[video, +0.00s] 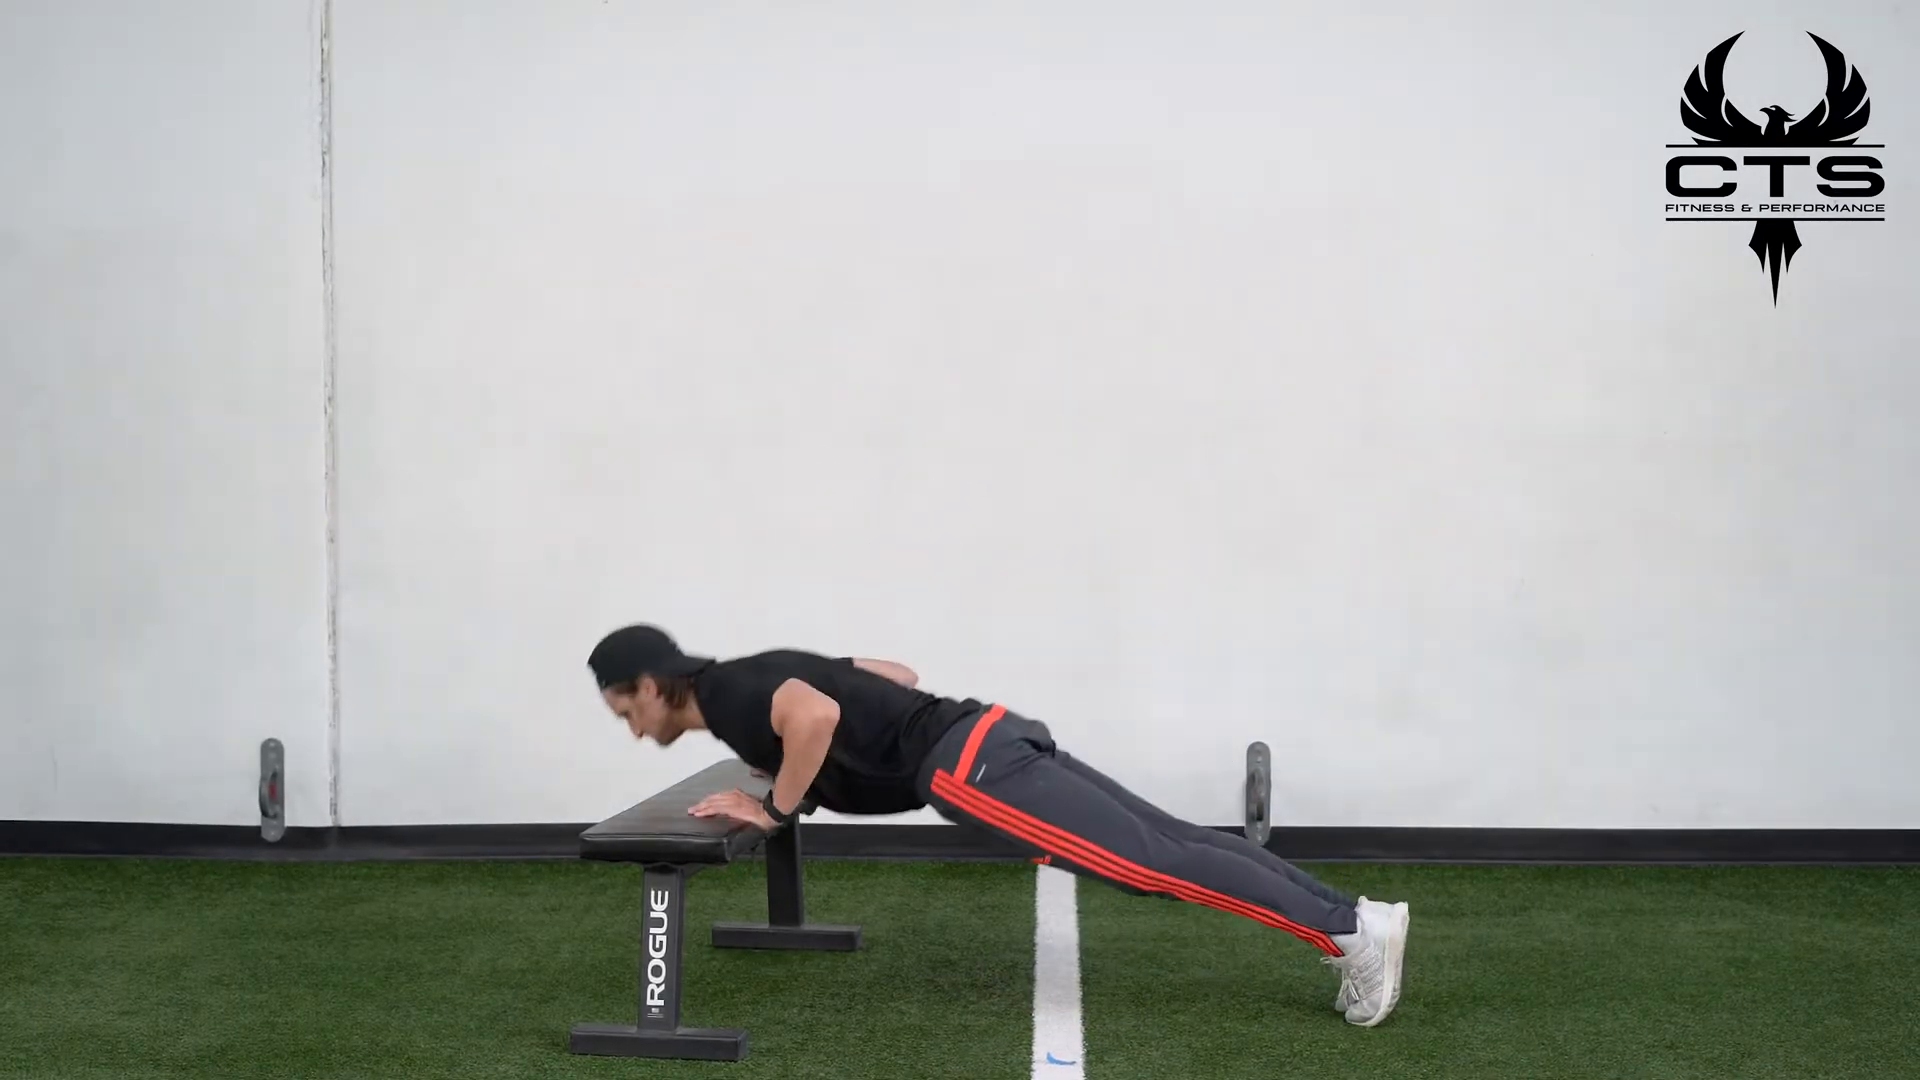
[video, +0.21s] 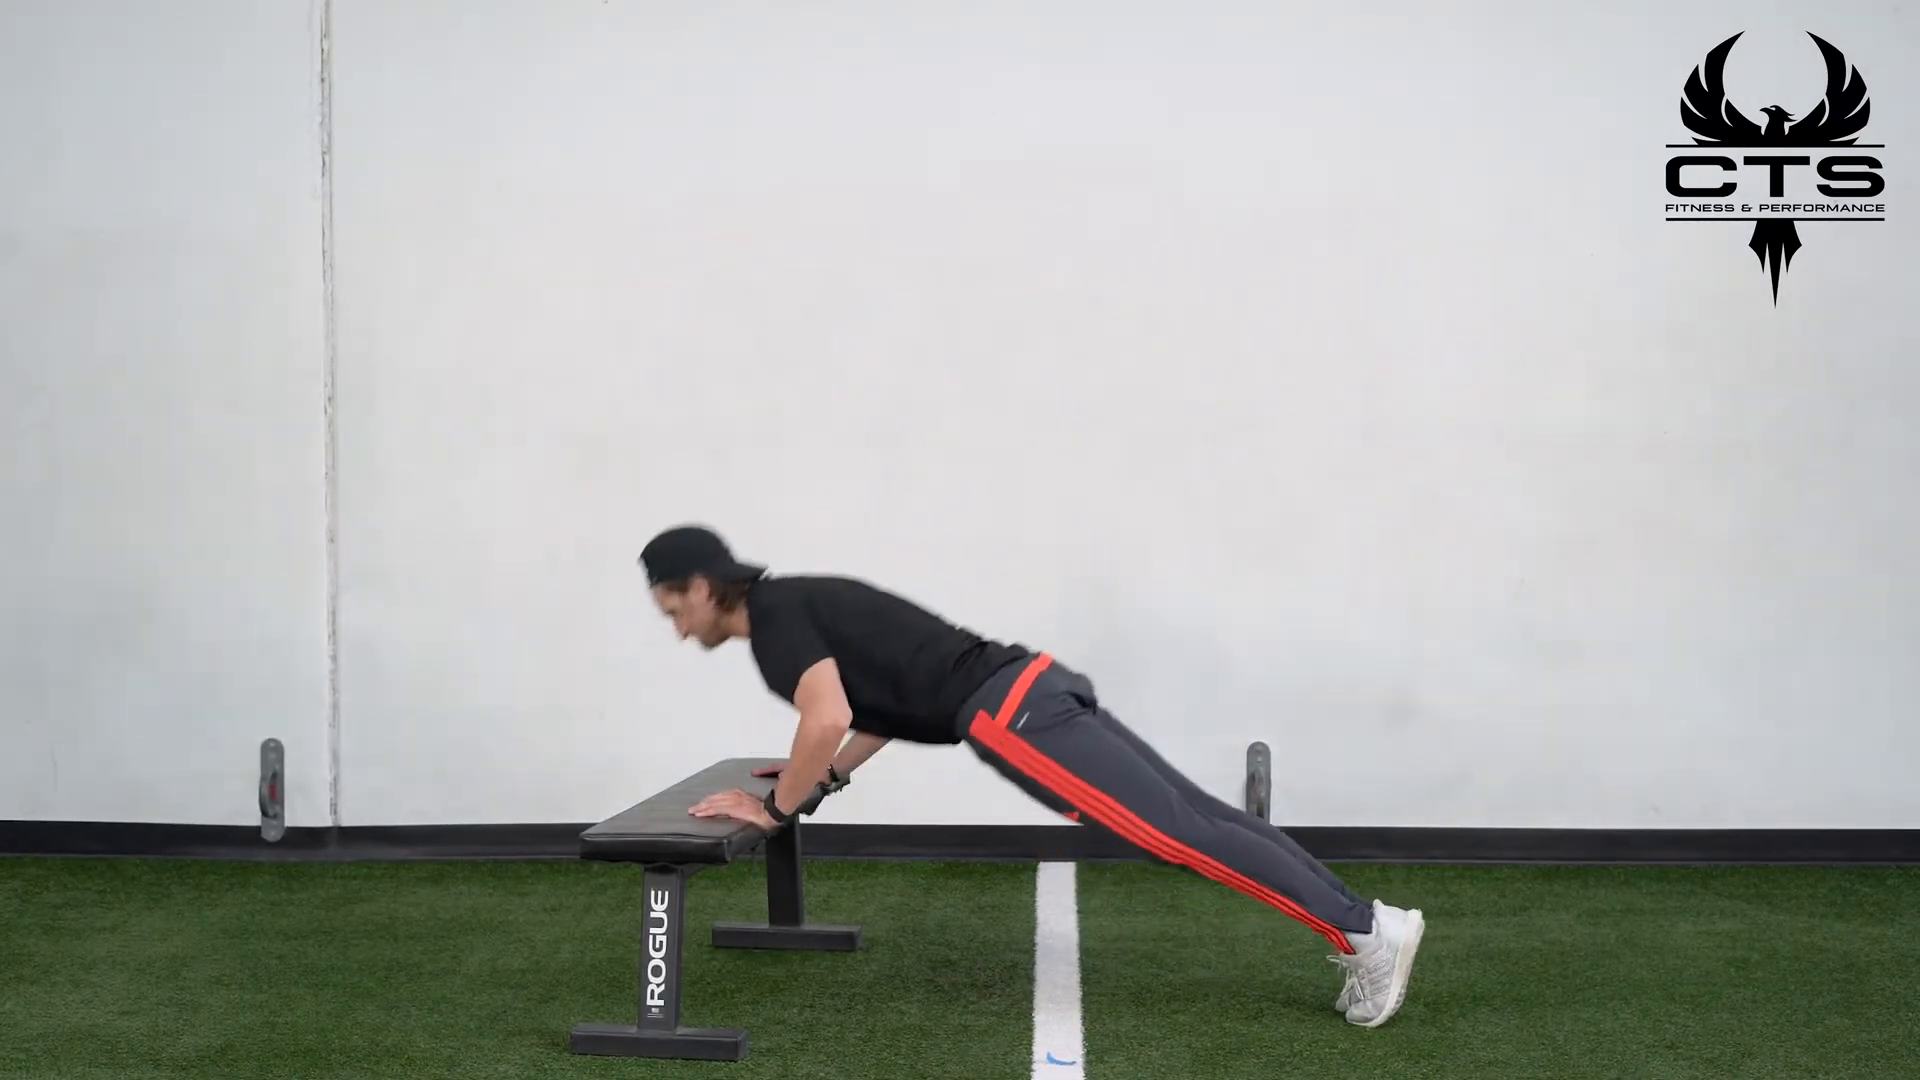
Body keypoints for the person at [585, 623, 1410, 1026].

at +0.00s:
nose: (627, 725)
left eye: (625, 710)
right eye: (619, 714)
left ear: (655, 686)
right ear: (663, 673)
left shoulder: (723, 694)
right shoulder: (758, 675)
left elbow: (811, 714)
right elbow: (897, 674)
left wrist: (772, 809)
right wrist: (888, 746)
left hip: (970, 765)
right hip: (992, 741)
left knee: (1151, 860)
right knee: (1164, 837)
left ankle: (1352, 934)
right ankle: (1353, 919)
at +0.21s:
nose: (670, 623)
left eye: (669, 605)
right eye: (665, 610)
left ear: (703, 586)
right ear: (712, 586)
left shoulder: (770, 614)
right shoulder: (799, 601)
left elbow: (827, 717)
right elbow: (876, 720)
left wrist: (776, 805)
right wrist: (814, 775)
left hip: (1011, 712)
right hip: (1031, 693)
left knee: (1177, 831)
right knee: (1189, 817)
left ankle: (1369, 932)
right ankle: (1363, 927)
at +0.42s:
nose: (738, 536)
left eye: (741, 519)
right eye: (733, 523)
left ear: (782, 501)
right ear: (784, 501)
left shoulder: (845, 549)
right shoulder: (866, 542)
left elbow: (832, 700)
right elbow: (887, 687)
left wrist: (774, 805)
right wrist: (830, 767)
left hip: (1070, 662)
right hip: (1078, 651)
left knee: (1219, 808)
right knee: (1223, 797)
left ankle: (1392, 940)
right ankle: (1389, 929)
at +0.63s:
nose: (779, 514)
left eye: (786, 498)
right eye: (776, 500)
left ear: (831, 491)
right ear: (840, 490)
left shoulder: (885, 547)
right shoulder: (908, 537)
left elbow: (846, 688)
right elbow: (887, 682)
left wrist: (777, 801)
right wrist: (825, 768)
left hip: (1126, 621)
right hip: (1119, 627)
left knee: (1243, 793)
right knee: (1145, 804)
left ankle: (1407, 946)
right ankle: (1307, 892)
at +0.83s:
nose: (803, 519)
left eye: (810, 503)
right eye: (801, 504)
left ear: (854, 498)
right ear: (862, 496)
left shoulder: (905, 549)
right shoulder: (927, 542)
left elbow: (860, 689)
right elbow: (893, 685)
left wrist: (777, 798)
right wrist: (822, 770)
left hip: (1147, 601)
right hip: (1120, 617)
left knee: (1266, 779)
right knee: (1028, 741)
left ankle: (1415, 944)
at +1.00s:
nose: (817, 474)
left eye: (822, 457)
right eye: (817, 457)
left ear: (863, 454)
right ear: (874, 451)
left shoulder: (917, 517)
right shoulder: (931, 512)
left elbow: (857, 664)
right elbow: (885, 659)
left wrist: (778, 769)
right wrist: (812, 742)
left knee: (1182, 820)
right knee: (1040, 768)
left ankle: (1365, 919)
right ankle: (1067, 955)